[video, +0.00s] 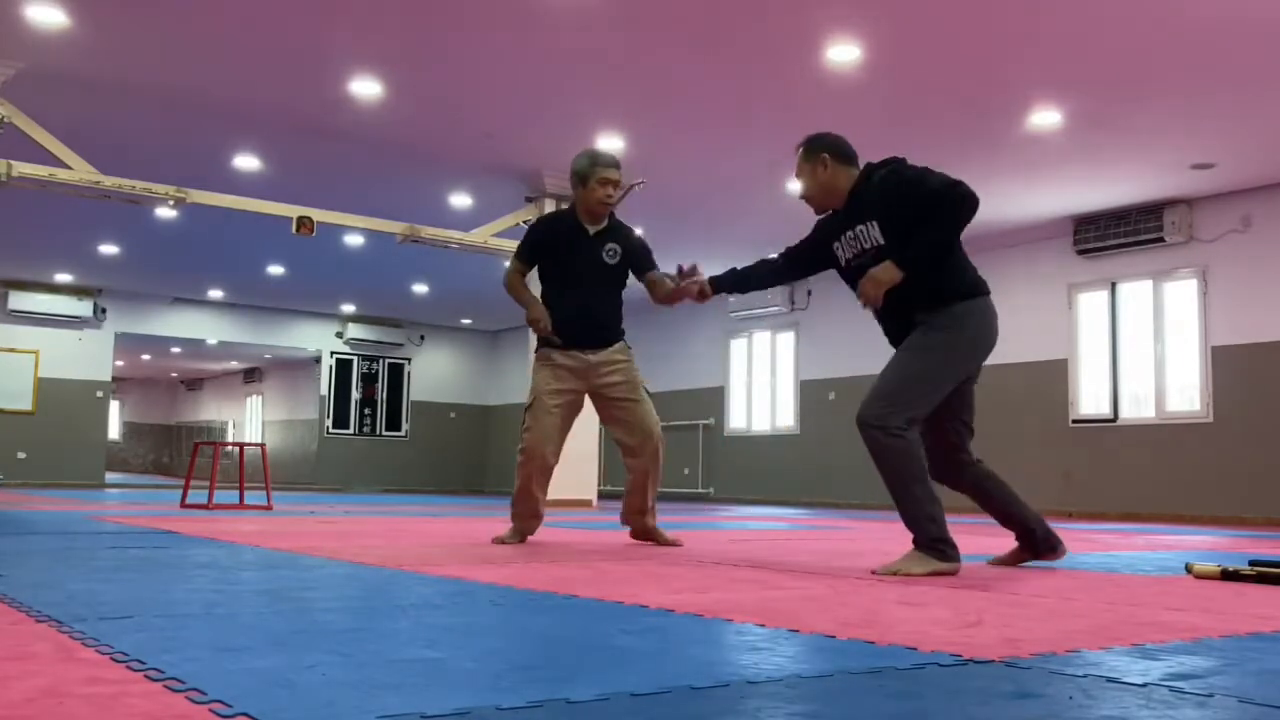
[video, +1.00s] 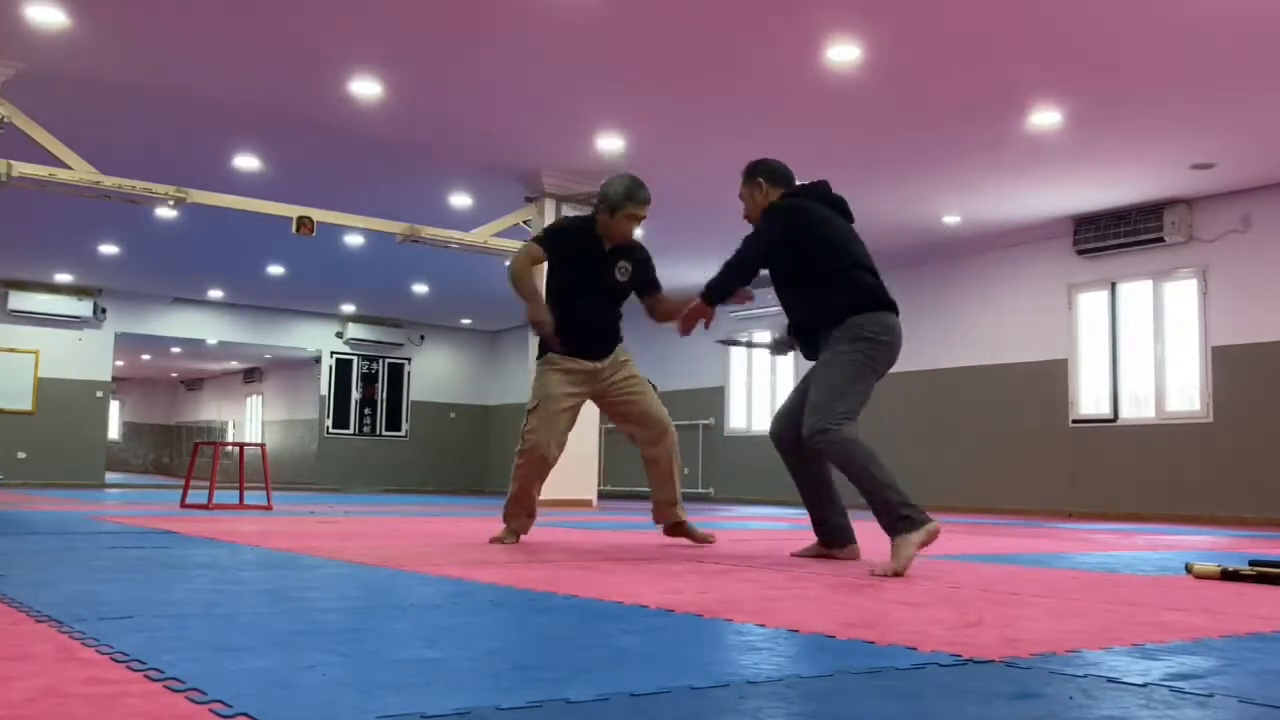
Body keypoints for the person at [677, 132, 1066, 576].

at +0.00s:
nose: (801, 193)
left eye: (803, 179)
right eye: (799, 182)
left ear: (827, 165)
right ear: (828, 168)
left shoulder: (892, 179)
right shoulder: (833, 231)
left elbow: (960, 200)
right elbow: (784, 267)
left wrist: (897, 263)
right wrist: (714, 285)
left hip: (958, 320)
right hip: (935, 332)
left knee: (881, 418)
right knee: (949, 462)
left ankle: (936, 550)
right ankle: (1038, 538)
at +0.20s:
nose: (801, 184)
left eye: (802, 170)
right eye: (799, 173)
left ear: (824, 157)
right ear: (830, 160)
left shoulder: (888, 180)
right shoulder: (848, 223)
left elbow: (932, 241)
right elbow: (814, 282)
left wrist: (862, 282)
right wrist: (748, 308)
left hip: (950, 318)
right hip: (942, 324)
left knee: (875, 423)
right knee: (947, 448)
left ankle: (935, 550)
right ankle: (1039, 537)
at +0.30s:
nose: (799, 179)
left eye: (798, 165)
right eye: (796, 168)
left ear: (818, 152)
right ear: (834, 150)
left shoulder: (855, 187)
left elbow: (838, 267)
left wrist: (803, 268)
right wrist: (840, 322)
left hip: (933, 314)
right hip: (944, 311)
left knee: (867, 428)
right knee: (889, 425)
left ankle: (934, 550)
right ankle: (972, 516)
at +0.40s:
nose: (793, 181)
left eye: (793, 170)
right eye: (790, 172)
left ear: (813, 158)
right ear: (841, 156)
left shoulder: (819, 200)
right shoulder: (900, 185)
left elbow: (770, 268)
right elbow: (964, 227)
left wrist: (777, 246)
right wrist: (945, 288)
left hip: (906, 315)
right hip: (937, 312)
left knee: (855, 432)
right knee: (863, 425)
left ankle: (936, 549)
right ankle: (856, 535)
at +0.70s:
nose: (772, 206)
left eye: (774, 197)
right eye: (773, 197)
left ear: (790, 190)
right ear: (820, 188)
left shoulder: (785, 227)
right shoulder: (873, 219)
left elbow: (714, 274)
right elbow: (930, 264)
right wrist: (903, 313)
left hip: (858, 339)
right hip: (900, 340)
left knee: (814, 453)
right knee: (818, 428)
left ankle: (898, 523)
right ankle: (838, 538)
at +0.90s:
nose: (756, 208)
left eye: (757, 200)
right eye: (755, 201)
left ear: (774, 193)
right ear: (800, 191)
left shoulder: (779, 219)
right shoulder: (845, 223)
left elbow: (717, 253)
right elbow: (907, 273)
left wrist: (678, 298)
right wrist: (874, 316)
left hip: (859, 337)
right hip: (878, 336)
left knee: (825, 442)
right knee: (795, 429)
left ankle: (916, 528)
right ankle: (837, 539)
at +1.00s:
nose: (743, 211)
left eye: (743, 200)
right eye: (741, 202)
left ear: (762, 189)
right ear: (778, 189)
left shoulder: (788, 215)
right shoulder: (810, 216)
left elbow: (742, 265)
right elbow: (830, 291)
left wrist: (705, 302)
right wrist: (792, 336)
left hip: (864, 329)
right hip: (848, 336)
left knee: (824, 428)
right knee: (788, 430)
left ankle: (910, 524)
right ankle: (836, 539)